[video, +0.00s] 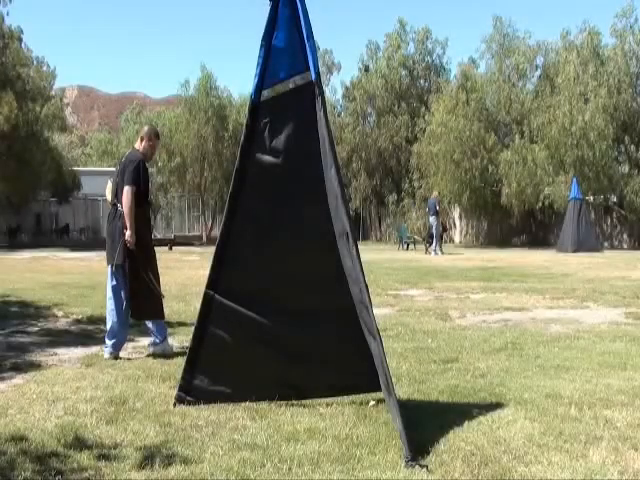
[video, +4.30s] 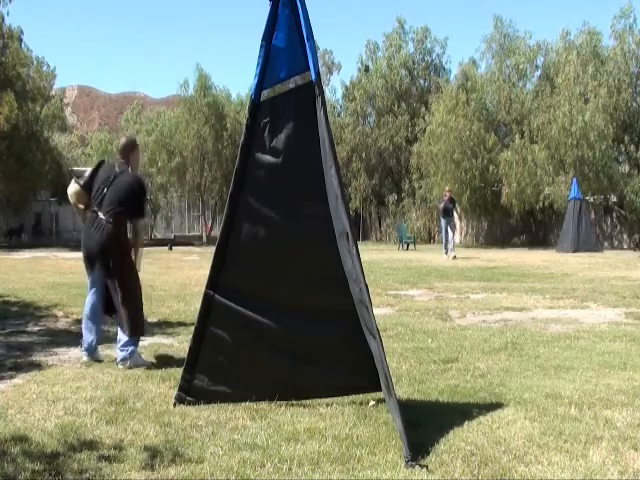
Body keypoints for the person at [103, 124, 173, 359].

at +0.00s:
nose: (156, 152)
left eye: (157, 147)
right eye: (155, 146)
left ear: (142, 140)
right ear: (146, 141)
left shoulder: (126, 160)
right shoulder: (136, 161)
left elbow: (111, 194)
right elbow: (127, 196)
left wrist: (123, 222)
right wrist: (130, 228)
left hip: (118, 236)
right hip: (135, 236)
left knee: (117, 291)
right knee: (148, 286)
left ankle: (112, 345)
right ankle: (160, 340)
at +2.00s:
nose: (143, 134)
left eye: (140, 131)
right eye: (143, 131)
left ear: (123, 133)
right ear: (140, 132)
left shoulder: (113, 160)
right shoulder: (144, 156)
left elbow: (98, 198)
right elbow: (150, 194)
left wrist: (105, 230)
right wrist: (158, 227)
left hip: (114, 231)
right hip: (137, 231)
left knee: (110, 293)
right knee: (141, 292)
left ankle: (102, 348)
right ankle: (144, 350)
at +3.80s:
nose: (140, 140)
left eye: (138, 136)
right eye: (139, 136)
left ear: (120, 138)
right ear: (135, 137)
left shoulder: (110, 160)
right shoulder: (134, 156)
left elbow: (101, 194)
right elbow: (148, 181)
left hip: (106, 223)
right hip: (124, 225)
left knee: (107, 288)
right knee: (132, 288)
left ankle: (96, 346)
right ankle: (144, 351)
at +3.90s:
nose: (140, 138)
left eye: (138, 135)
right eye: (139, 134)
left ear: (119, 138)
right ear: (134, 136)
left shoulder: (112, 160)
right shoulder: (128, 152)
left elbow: (110, 200)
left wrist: (140, 214)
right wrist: (167, 149)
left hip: (100, 236)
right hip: (119, 237)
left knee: (104, 292)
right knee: (138, 289)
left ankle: (95, 347)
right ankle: (143, 350)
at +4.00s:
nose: (144, 140)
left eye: (143, 137)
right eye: (142, 136)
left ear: (123, 138)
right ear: (135, 138)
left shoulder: (110, 163)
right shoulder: (129, 156)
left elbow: (94, 186)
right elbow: (143, 136)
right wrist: (163, 119)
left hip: (98, 238)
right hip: (118, 238)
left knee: (100, 296)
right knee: (133, 292)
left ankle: (95, 347)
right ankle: (130, 349)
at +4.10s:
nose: (144, 151)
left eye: (141, 148)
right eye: (143, 148)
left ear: (123, 148)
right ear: (139, 149)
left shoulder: (112, 164)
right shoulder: (141, 168)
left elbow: (90, 184)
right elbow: (167, 181)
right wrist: (177, 156)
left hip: (92, 224)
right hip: (111, 229)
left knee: (94, 285)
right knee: (122, 284)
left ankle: (94, 346)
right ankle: (126, 350)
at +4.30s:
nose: (140, 158)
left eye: (138, 154)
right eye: (139, 154)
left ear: (119, 154)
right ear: (133, 155)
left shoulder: (102, 168)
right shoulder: (135, 182)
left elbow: (75, 193)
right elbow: (137, 224)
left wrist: (88, 219)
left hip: (90, 230)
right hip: (112, 236)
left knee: (95, 289)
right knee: (127, 290)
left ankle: (89, 346)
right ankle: (127, 351)